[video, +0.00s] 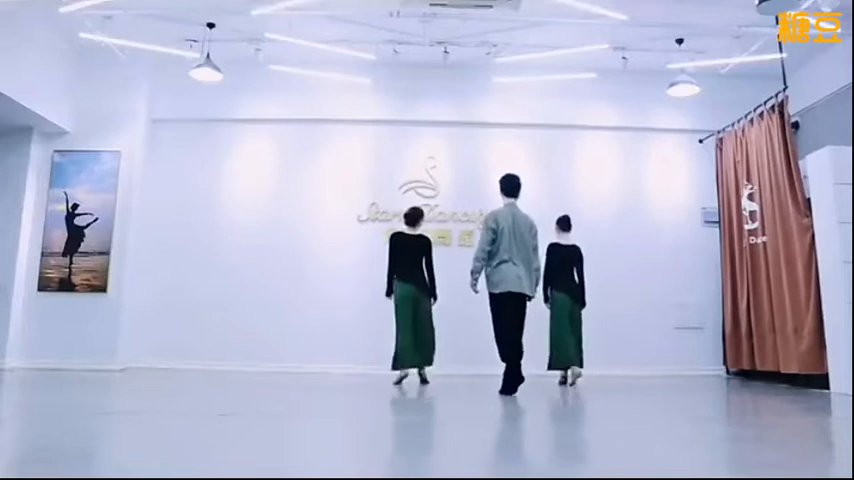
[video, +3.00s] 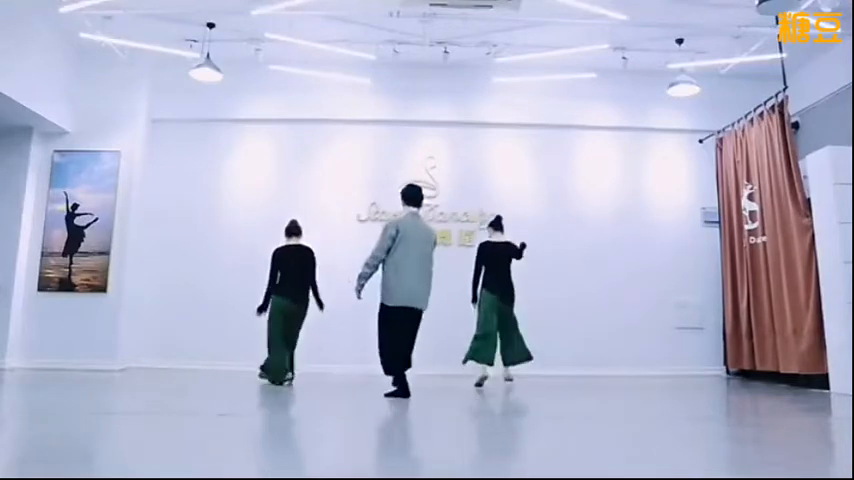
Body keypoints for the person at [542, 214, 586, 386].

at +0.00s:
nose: (556, 230)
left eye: (556, 227)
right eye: (560, 227)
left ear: (556, 228)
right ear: (570, 229)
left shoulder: (552, 248)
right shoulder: (576, 249)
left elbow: (547, 273)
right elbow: (581, 277)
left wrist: (546, 293)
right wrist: (583, 298)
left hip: (558, 292)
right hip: (573, 293)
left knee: (561, 331)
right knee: (573, 330)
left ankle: (565, 368)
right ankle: (574, 365)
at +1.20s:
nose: (538, 229)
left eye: (536, 226)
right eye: (542, 226)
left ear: (534, 227)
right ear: (548, 228)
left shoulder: (527, 247)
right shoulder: (554, 249)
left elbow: (521, 272)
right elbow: (558, 275)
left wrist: (520, 293)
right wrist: (559, 296)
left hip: (533, 292)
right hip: (550, 293)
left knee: (536, 330)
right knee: (548, 330)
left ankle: (542, 367)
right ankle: (545, 367)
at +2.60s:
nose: (516, 239)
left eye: (516, 237)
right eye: (519, 237)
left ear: (517, 238)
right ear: (531, 239)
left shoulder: (511, 259)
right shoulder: (537, 259)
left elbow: (507, 285)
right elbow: (547, 280)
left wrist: (507, 306)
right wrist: (556, 299)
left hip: (518, 303)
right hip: (537, 303)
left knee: (517, 338)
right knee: (539, 339)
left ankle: (519, 369)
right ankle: (539, 377)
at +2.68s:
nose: (512, 239)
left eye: (512, 236)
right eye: (515, 236)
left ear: (514, 238)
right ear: (527, 239)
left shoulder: (508, 259)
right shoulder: (534, 258)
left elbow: (505, 285)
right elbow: (547, 277)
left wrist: (504, 306)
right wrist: (559, 293)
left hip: (518, 303)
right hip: (535, 303)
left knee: (513, 337)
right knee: (538, 339)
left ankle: (513, 369)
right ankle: (538, 377)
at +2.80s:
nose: (503, 232)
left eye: (503, 230)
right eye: (504, 229)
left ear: (506, 230)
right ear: (518, 230)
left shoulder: (500, 249)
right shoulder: (525, 248)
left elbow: (494, 274)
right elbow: (542, 256)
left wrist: (492, 295)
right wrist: (553, 263)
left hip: (506, 296)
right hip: (524, 297)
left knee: (499, 332)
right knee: (531, 334)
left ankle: (489, 367)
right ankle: (537, 371)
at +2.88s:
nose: (499, 229)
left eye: (499, 227)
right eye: (500, 227)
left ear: (500, 227)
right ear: (514, 228)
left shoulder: (495, 245)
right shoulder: (521, 244)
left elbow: (489, 270)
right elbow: (538, 250)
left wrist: (486, 292)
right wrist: (547, 254)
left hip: (500, 292)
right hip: (518, 293)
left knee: (494, 329)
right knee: (525, 330)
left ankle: (484, 367)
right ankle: (534, 370)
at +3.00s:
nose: (489, 232)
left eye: (489, 230)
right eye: (493, 230)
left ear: (489, 230)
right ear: (503, 229)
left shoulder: (484, 246)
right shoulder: (509, 246)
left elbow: (477, 272)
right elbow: (518, 255)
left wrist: (474, 294)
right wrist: (522, 248)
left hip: (489, 290)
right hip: (506, 290)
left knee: (486, 329)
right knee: (506, 328)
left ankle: (484, 369)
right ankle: (507, 369)